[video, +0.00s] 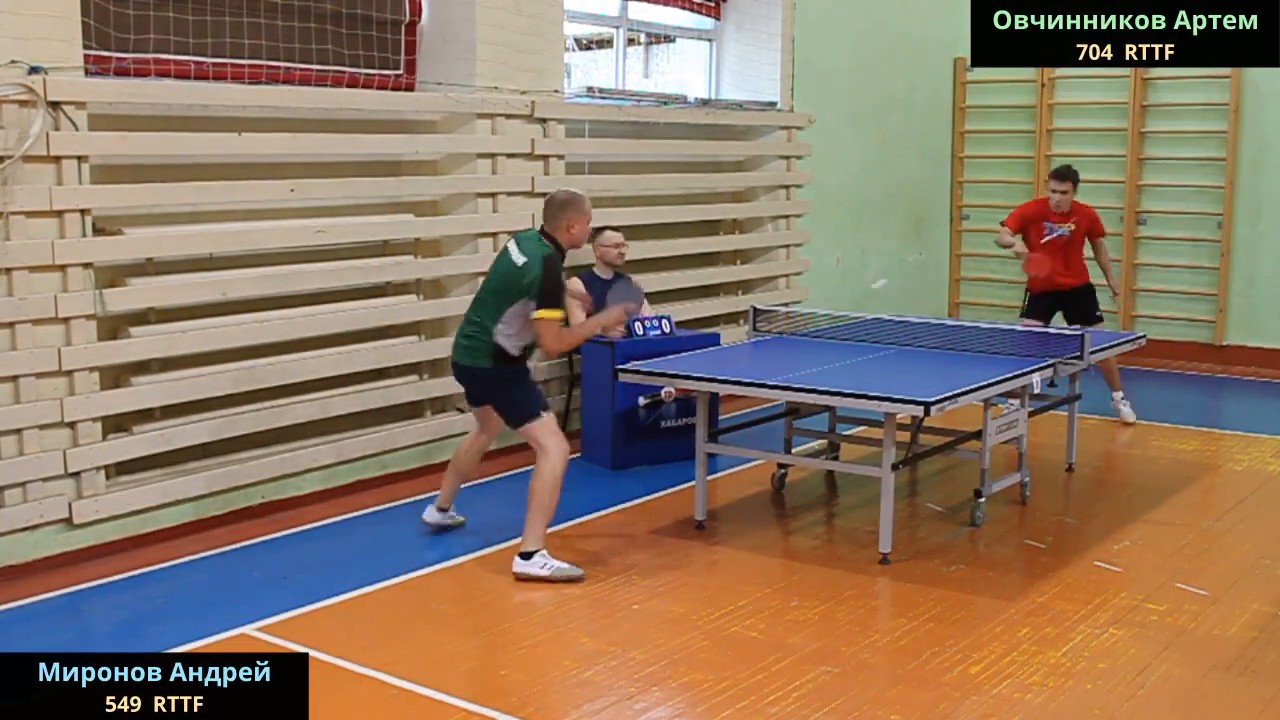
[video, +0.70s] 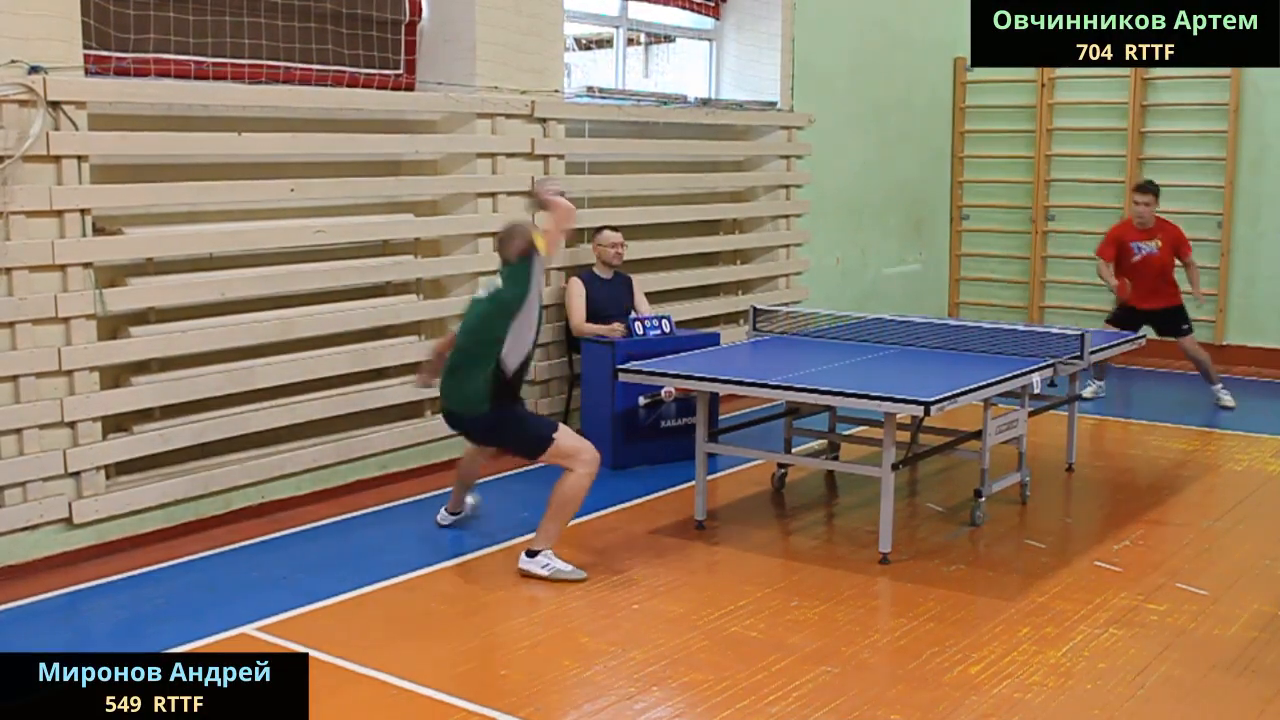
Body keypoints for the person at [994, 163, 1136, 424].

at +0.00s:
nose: (1056, 199)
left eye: (1063, 193)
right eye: (1052, 192)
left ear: (1074, 193)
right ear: (1047, 189)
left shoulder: (1085, 215)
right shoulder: (1031, 210)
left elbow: (1099, 247)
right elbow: (1002, 237)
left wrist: (1111, 279)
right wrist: (1015, 243)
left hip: (1077, 289)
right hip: (1041, 290)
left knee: (1100, 343)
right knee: (1023, 344)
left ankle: (1119, 398)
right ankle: (1015, 404)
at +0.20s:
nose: (1086, 202)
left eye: (1092, 197)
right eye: (1082, 196)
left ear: (1102, 198)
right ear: (1077, 196)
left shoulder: (1112, 229)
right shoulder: (1058, 223)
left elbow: (1125, 263)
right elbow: (1041, 251)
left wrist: (1131, 287)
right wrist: (1041, 272)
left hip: (1094, 302)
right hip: (1060, 302)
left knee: (1115, 352)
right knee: (1042, 353)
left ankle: (1120, 400)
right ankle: (1020, 398)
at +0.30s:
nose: (1100, 197)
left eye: (1105, 191)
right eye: (1096, 191)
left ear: (1117, 192)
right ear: (1091, 191)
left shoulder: (1130, 220)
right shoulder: (1077, 218)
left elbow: (1148, 253)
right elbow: (1061, 246)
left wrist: (1150, 280)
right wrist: (1062, 267)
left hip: (1116, 293)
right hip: (1080, 293)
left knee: (1124, 348)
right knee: (1058, 339)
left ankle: (1122, 399)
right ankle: (1038, 384)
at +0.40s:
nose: (1111, 189)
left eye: (1117, 184)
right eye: (1107, 183)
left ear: (1129, 184)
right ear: (1103, 183)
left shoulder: (1143, 211)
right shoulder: (1089, 211)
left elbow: (1160, 240)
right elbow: (1072, 240)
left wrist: (1164, 265)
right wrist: (1074, 259)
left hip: (1130, 286)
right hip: (1096, 284)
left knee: (1134, 341)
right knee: (1077, 332)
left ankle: (1127, 397)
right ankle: (1066, 387)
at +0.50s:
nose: (1119, 187)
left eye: (1125, 181)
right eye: (1116, 180)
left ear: (1138, 181)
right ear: (1112, 180)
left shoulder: (1154, 208)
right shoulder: (1098, 209)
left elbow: (1167, 238)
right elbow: (1081, 240)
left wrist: (1174, 265)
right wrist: (1085, 257)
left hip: (1144, 281)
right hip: (1109, 280)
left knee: (1155, 333)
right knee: (1093, 329)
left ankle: (1156, 388)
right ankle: (1089, 373)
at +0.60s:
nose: (1128, 196)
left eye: (1134, 191)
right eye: (1125, 190)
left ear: (1145, 191)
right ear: (1120, 190)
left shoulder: (1161, 218)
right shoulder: (1107, 218)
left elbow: (1176, 249)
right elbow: (1090, 250)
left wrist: (1185, 276)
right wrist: (1099, 267)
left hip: (1155, 290)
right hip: (1119, 291)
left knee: (1178, 339)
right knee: (1102, 338)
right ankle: (1096, 380)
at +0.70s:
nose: (1141, 210)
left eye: (1146, 205)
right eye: (1136, 204)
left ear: (1156, 206)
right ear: (1130, 204)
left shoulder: (1170, 232)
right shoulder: (1118, 233)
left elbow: (1189, 263)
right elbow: (1103, 264)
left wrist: (1196, 288)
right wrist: (1112, 282)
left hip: (1167, 304)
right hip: (1131, 304)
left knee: (1190, 348)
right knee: (1102, 340)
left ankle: (1218, 389)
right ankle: (1097, 383)